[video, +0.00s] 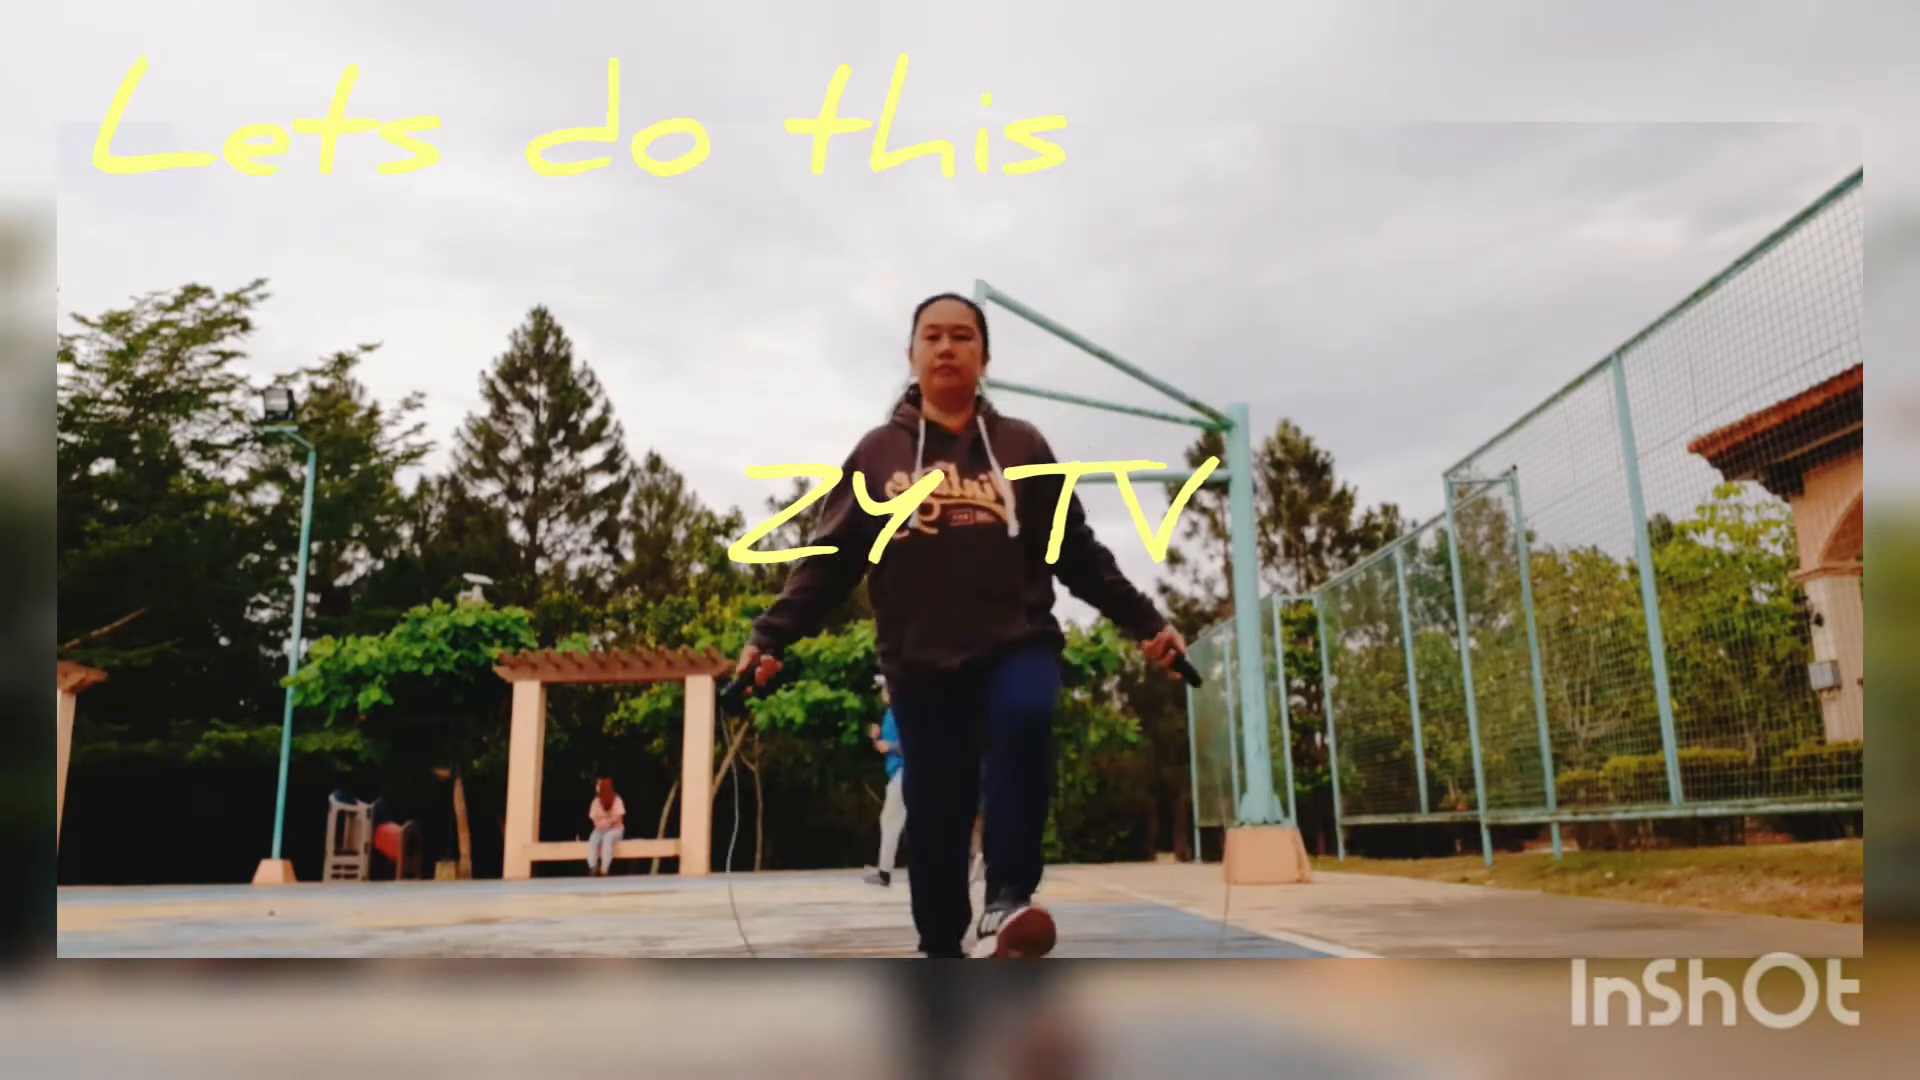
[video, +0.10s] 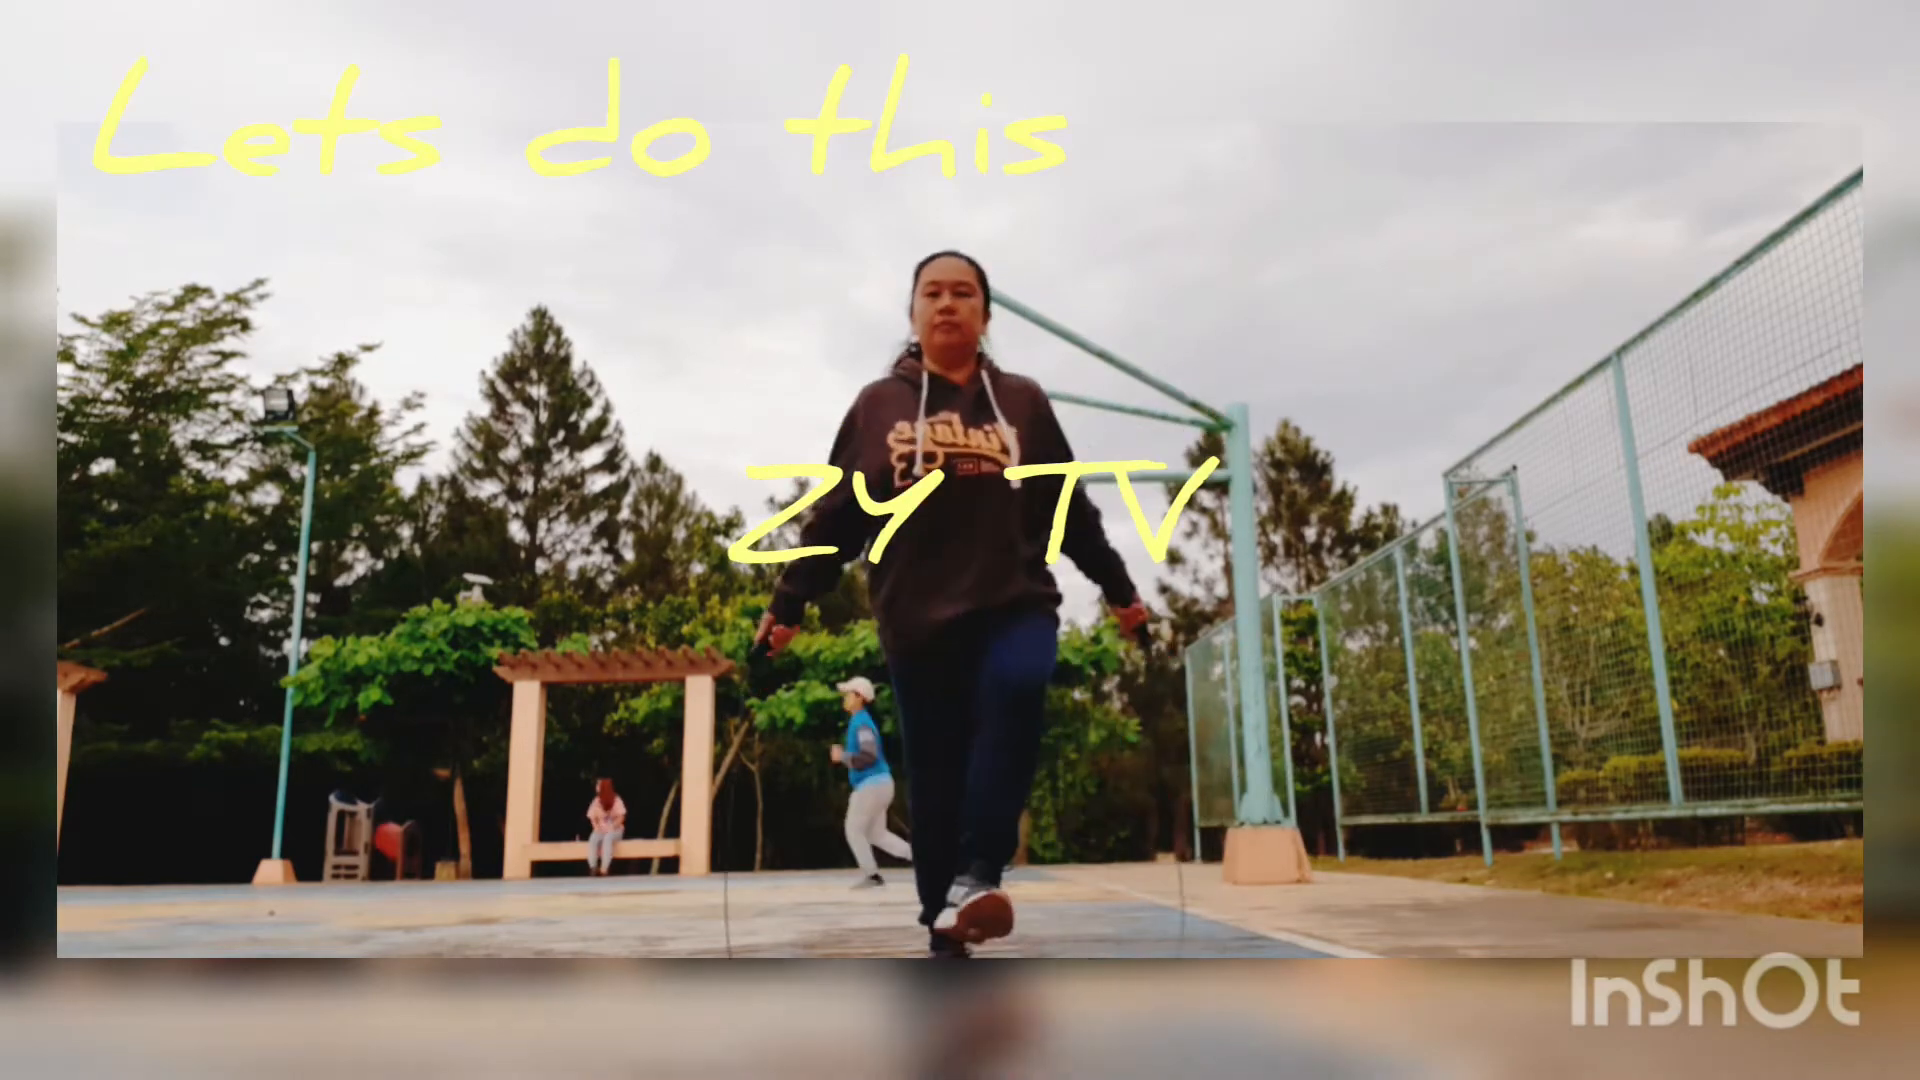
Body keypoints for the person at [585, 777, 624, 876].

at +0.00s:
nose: (597, 788)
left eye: (599, 786)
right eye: (597, 785)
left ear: (604, 788)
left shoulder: (616, 800)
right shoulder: (596, 801)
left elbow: (619, 815)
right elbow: (592, 815)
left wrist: (607, 823)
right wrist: (599, 824)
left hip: (615, 826)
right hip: (601, 826)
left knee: (607, 839)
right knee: (593, 840)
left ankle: (604, 868)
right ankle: (592, 866)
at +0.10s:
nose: (597, 788)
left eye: (599, 786)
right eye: (597, 786)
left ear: (605, 787)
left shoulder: (616, 800)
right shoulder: (596, 801)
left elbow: (621, 816)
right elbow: (591, 815)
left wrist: (613, 826)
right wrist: (596, 827)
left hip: (614, 828)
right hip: (601, 827)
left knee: (607, 839)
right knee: (593, 840)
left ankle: (604, 868)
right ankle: (592, 866)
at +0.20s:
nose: (597, 788)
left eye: (599, 786)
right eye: (597, 786)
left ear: (605, 788)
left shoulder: (616, 799)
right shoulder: (596, 801)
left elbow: (622, 815)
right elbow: (591, 815)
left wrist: (614, 827)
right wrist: (596, 827)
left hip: (614, 827)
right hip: (601, 826)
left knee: (607, 839)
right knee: (593, 839)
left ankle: (603, 868)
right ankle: (592, 866)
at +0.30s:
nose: (598, 787)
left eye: (600, 785)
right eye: (598, 785)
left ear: (606, 787)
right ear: (597, 787)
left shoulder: (616, 799)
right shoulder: (597, 800)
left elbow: (622, 814)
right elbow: (591, 814)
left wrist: (614, 827)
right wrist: (596, 827)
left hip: (614, 827)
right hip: (601, 827)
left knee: (607, 839)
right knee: (593, 839)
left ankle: (603, 868)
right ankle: (592, 866)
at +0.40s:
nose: (598, 787)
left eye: (600, 784)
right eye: (598, 784)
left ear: (606, 786)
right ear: (598, 786)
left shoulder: (616, 799)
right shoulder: (597, 800)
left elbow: (622, 814)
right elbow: (591, 814)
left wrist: (614, 826)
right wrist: (596, 827)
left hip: (613, 827)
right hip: (601, 826)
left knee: (607, 839)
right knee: (593, 839)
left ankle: (604, 867)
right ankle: (592, 865)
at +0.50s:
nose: (599, 787)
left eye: (601, 784)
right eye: (599, 784)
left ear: (607, 786)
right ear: (598, 786)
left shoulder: (617, 799)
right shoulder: (598, 800)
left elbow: (622, 815)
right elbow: (592, 814)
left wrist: (613, 827)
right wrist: (596, 827)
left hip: (614, 826)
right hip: (601, 825)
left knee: (607, 839)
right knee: (593, 839)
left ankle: (603, 867)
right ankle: (592, 865)